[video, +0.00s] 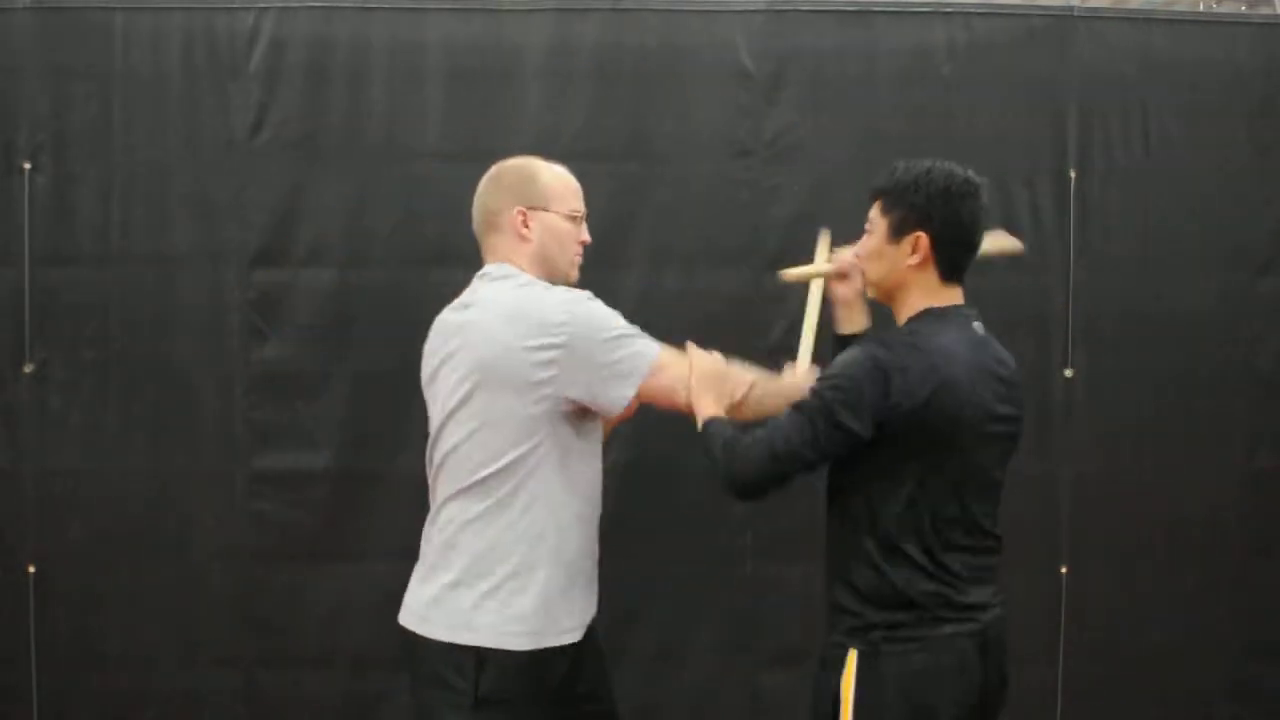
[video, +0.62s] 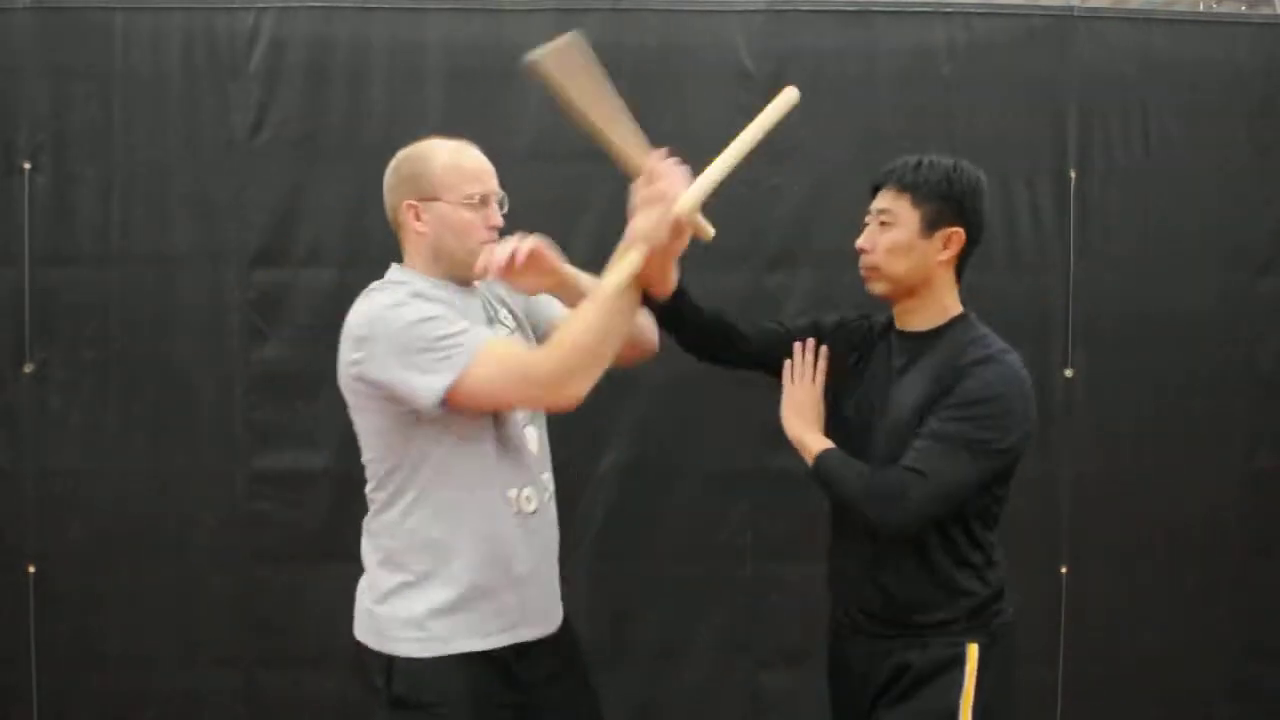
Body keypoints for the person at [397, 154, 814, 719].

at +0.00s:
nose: (587, 237)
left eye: (584, 221)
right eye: (574, 218)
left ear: (525, 225)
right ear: (525, 223)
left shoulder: (454, 323)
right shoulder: (557, 317)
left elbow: (570, 431)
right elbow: (695, 385)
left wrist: (652, 372)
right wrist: (791, 389)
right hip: (517, 641)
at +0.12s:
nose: (572, 232)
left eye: (568, 216)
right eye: (558, 215)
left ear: (507, 225)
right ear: (507, 225)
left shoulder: (437, 323)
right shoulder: (553, 327)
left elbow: (532, 424)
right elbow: (672, 436)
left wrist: (620, 376)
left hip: (437, 635)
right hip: (523, 646)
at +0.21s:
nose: (556, 228)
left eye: (552, 212)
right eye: (543, 211)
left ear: (487, 225)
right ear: (490, 224)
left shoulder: (439, 312)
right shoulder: (534, 329)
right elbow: (646, 430)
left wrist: (649, 343)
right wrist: (689, 423)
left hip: (437, 631)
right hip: (510, 644)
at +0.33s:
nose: (534, 219)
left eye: (528, 202)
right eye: (517, 203)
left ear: (462, 221)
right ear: (462, 220)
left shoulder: (484, 285)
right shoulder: (476, 315)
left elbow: (616, 265)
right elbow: (640, 372)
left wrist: (749, 297)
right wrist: (688, 346)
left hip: (524, 621)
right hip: (463, 645)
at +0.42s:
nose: (520, 215)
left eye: (514, 197)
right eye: (502, 199)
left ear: (447, 219)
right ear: (445, 217)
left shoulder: (481, 277)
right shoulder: (460, 310)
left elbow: (613, 256)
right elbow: (640, 329)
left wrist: (736, 265)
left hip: (517, 613)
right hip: (454, 635)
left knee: (573, 706)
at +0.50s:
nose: (512, 213)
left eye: (507, 195)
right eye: (493, 197)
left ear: (436, 219)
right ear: (432, 216)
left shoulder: (480, 281)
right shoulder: (428, 311)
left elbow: (600, 258)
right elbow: (613, 335)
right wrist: (652, 289)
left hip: (527, 622)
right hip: (443, 641)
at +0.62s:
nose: (498, 220)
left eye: (498, 204)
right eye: (477, 203)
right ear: (416, 217)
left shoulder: (506, 299)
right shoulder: (385, 320)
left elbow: (640, 343)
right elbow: (558, 384)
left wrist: (562, 281)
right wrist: (641, 244)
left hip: (535, 630)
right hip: (432, 647)